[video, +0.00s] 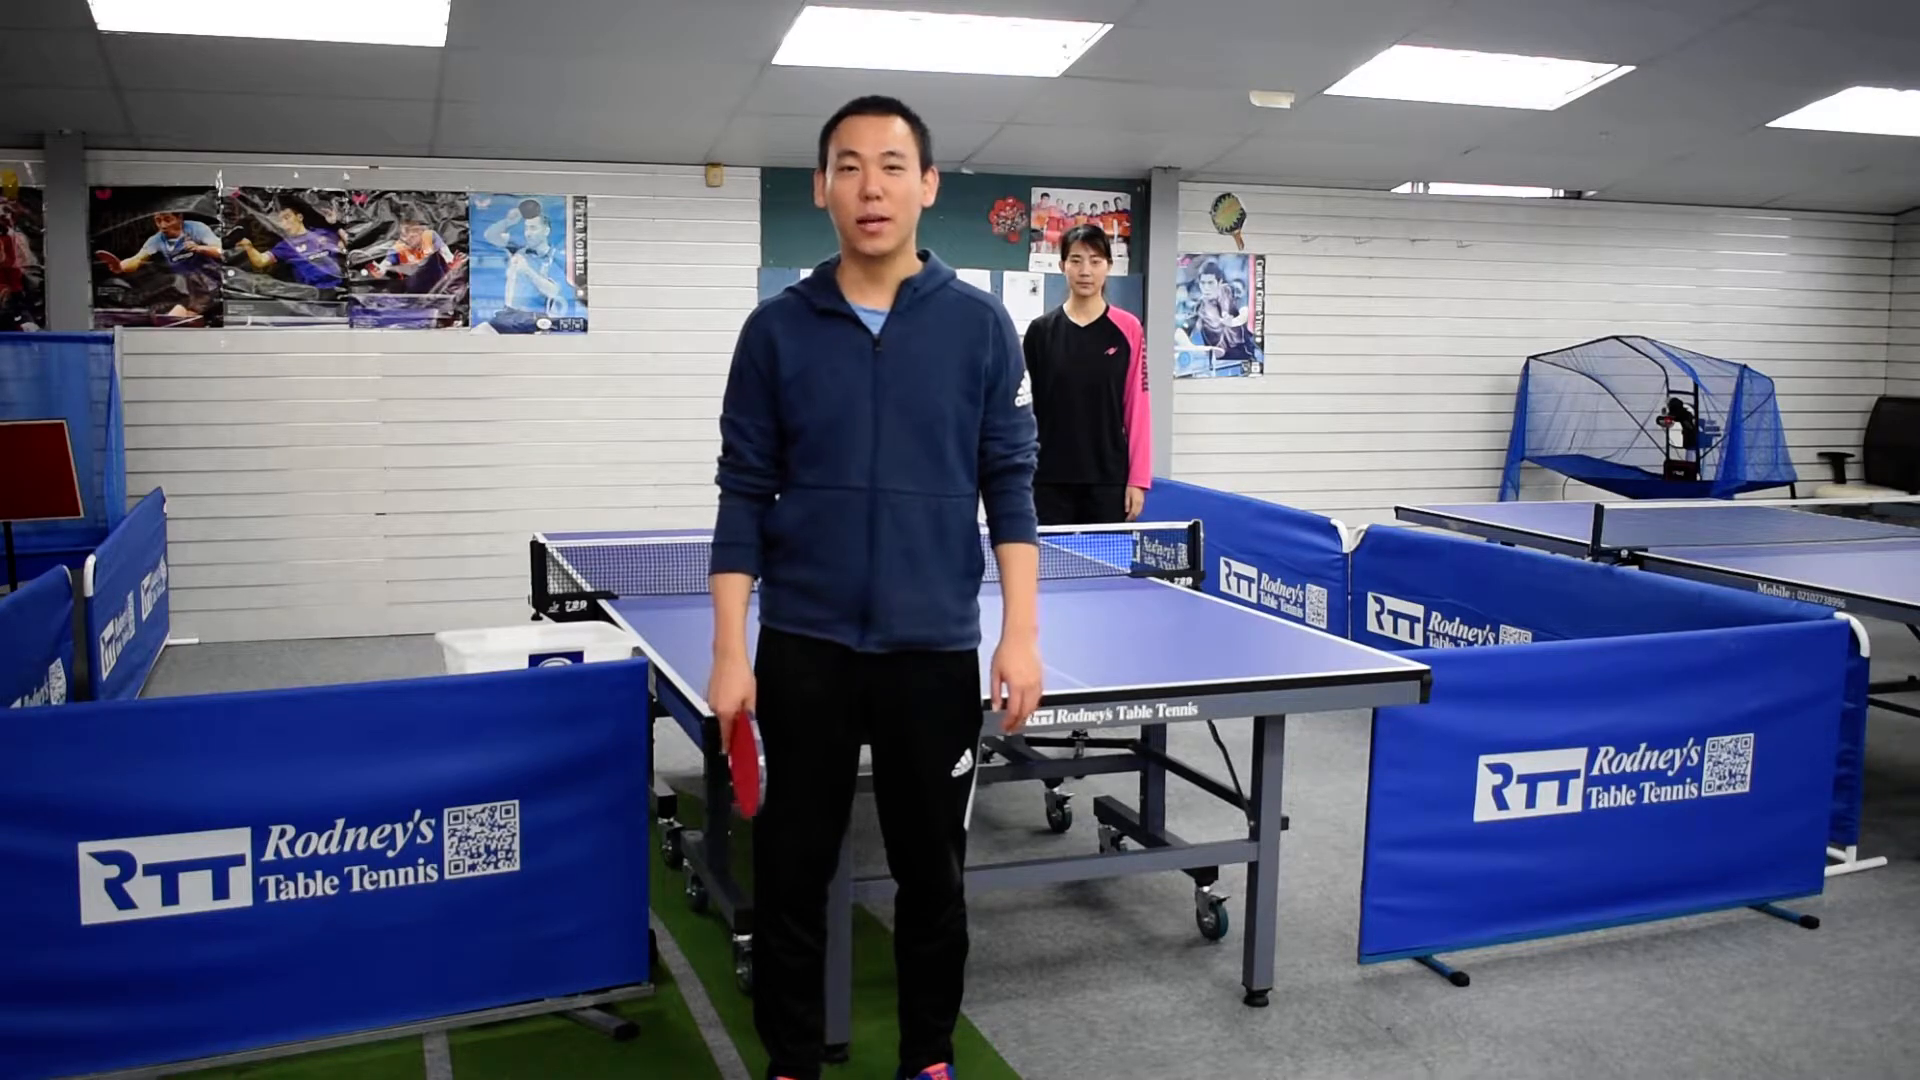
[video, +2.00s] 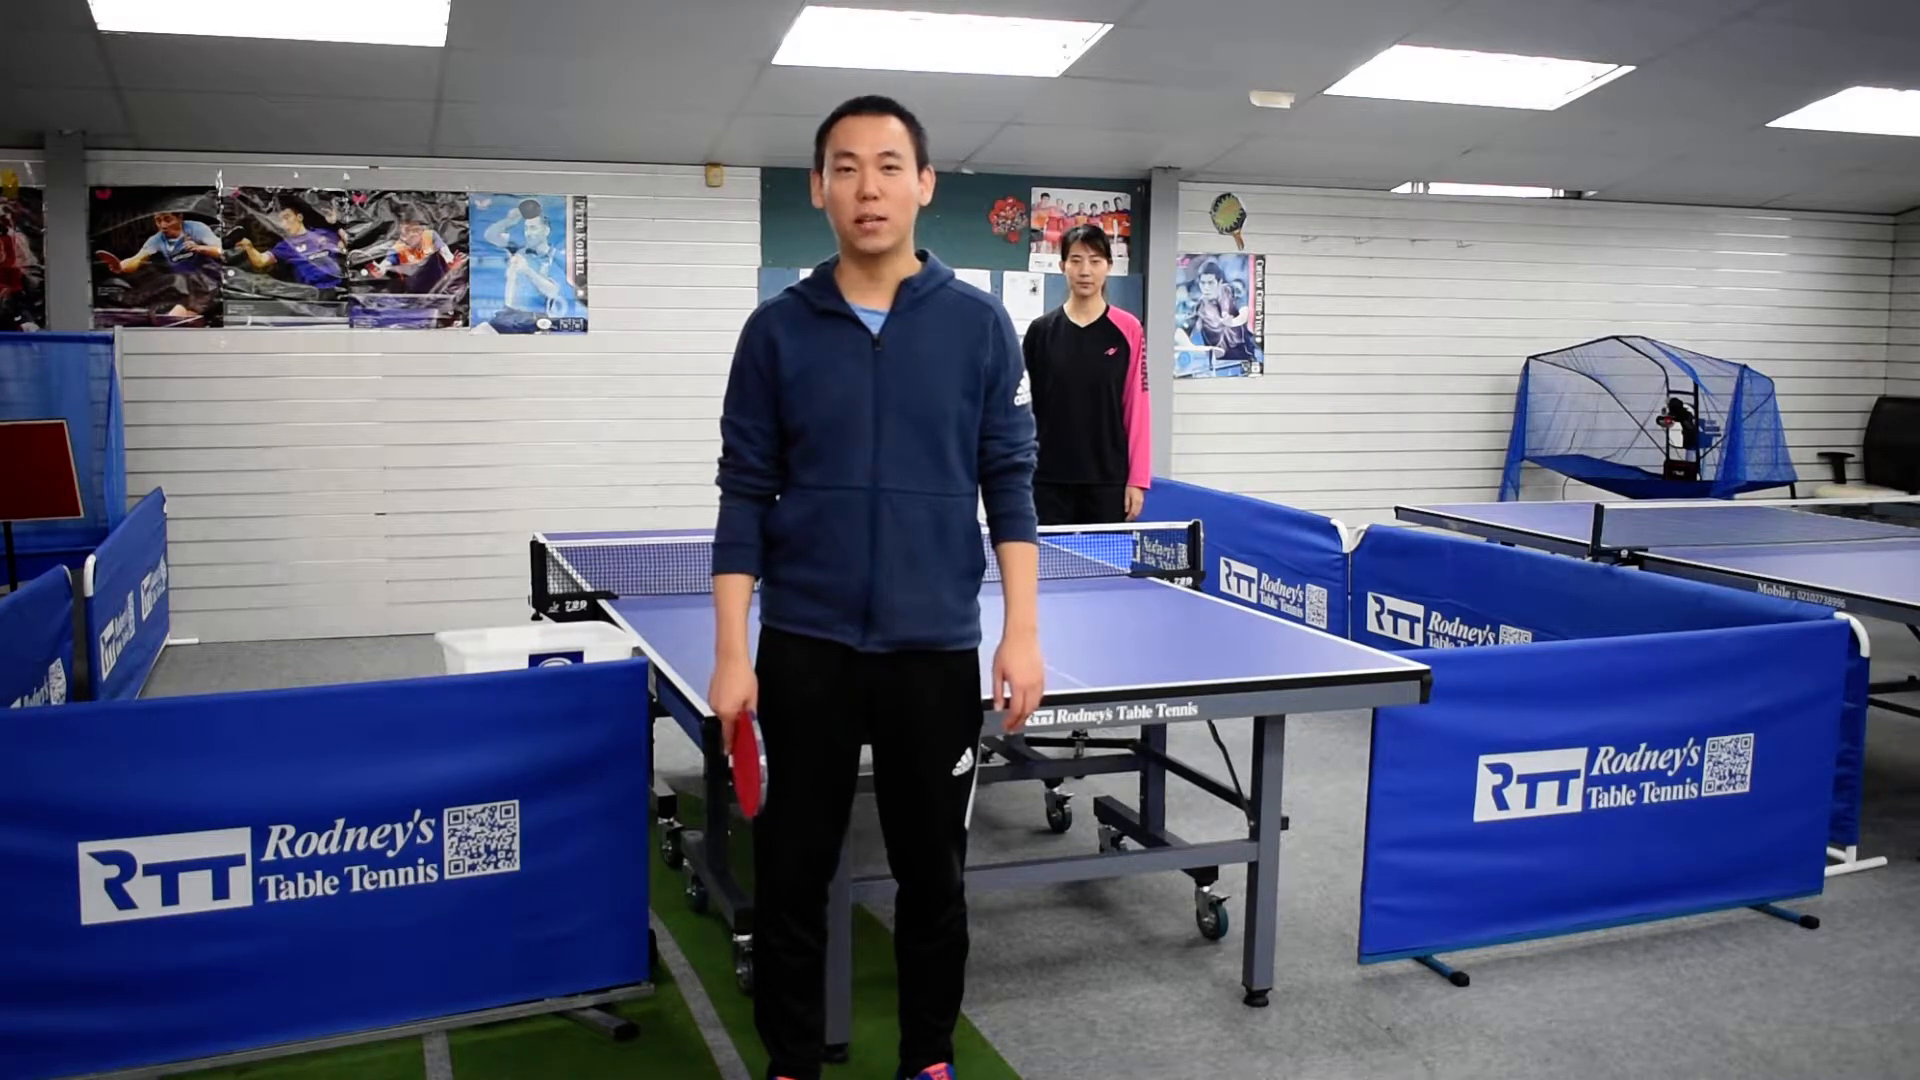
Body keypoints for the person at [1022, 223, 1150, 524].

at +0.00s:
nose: (1085, 271)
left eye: (1095, 262)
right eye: (1076, 261)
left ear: (1108, 268)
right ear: (1063, 266)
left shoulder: (1128, 329)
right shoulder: (1040, 331)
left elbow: (1137, 407)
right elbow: (1023, 405)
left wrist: (1138, 479)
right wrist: (1021, 478)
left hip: (1108, 482)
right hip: (1050, 481)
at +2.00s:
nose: (1085, 271)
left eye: (1095, 262)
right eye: (1076, 261)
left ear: (1108, 268)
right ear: (1063, 267)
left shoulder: (1128, 330)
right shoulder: (1040, 331)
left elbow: (1136, 407)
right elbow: (1023, 404)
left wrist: (1138, 478)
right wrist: (1020, 476)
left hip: (1107, 482)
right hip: (1049, 480)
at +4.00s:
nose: (1086, 271)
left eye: (1096, 262)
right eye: (1076, 261)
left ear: (1109, 268)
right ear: (1064, 267)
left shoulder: (1128, 329)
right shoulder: (1040, 331)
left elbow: (1137, 406)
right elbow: (1024, 406)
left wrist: (1138, 479)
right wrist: (1023, 477)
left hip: (1108, 482)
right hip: (1052, 480)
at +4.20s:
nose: (1086, 271)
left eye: (1096, 262)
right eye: (1076, 261)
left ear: (1109, 268)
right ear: (1064, 267)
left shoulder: (1128, 329)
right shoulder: (1040, 331)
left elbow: (1137, 407)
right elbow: (1023, 405)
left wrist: (1138, 479)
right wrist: (1022, 478)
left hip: (1108, 482)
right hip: (1051, 480)